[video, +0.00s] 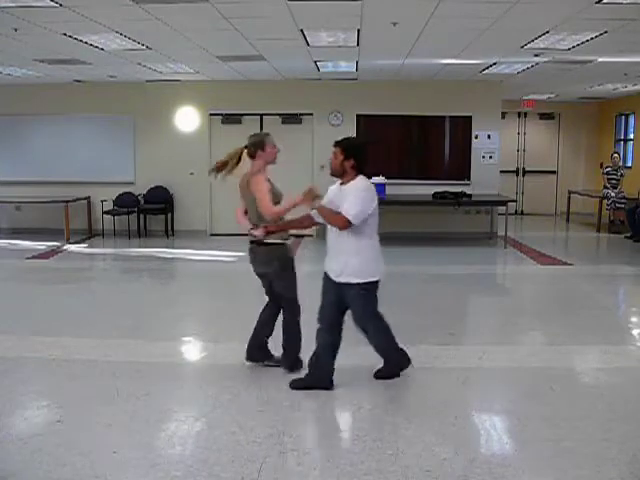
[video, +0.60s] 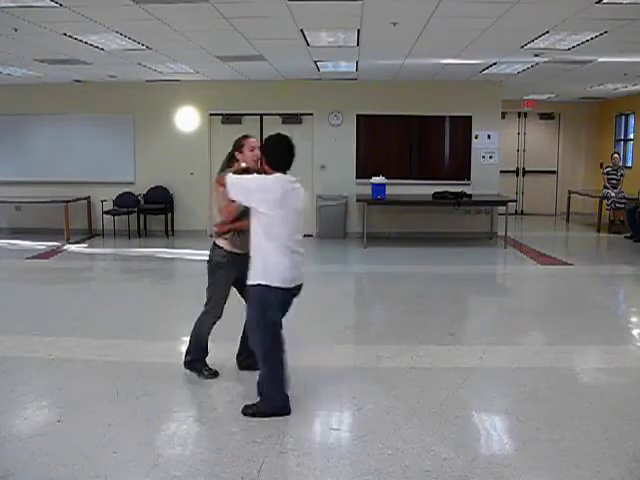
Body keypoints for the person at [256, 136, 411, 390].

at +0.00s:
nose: (330, 161)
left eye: (334, 156)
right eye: (331, 156)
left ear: (349, 161)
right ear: (345, 161)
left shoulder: (363, 188)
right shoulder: (335, 190)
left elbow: (343, 222)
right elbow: (311, 220)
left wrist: (317, 205)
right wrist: (276, 227)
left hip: (360, 273)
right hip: (335, 272)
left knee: (367, 321)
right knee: (328, 326)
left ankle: (396, 359)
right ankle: (320, 376)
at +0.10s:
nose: (319, 160)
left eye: (323, 156)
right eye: (320, 155)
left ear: (336, 160)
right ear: (336, 161)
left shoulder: (351, 188)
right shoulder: (324, 190)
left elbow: (328, 223)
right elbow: (297, 214)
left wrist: (300, 224)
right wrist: (264, 225)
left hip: (345, 272)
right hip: (322, 270)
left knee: (335, 323)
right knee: (315, 323)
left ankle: (376, 354)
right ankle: (318, 376)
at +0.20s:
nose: (307, 160)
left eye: (310, 156)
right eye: (308, 155)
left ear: (322, 160)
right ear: (322, 161)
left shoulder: (340, 187)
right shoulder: (312, 189)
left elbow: (303, 217)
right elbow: (283, 209)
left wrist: (275, 217)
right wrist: (261, 214)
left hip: (333, 271)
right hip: (312, 269)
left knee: (313, 324)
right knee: (308, 323)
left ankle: (345, 368)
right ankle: (317, 375)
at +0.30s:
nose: (296, 161)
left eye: (299, 156)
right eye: (298, 156)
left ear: (309, 161)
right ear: (318, 162)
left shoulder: (322, 188)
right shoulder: (319, 187)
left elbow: (280, 204)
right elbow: (280, 210)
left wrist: (245, 207)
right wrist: (248, 220)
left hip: (316, 274)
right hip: (313, 272)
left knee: (294, 326)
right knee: (304, 320)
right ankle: (320, 376)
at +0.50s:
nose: (272, 161)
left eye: (274, 157)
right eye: (274, 157)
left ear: (280, 161)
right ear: (302, 161)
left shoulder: (289, 187)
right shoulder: (303, 187)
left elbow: (242, 189)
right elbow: (265, 213)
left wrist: (232, 177)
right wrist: (234, 224)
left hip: (285, 279)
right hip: (296, 277)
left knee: (275, 337)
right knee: (284, 330)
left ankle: (274, 401)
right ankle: (310, 370)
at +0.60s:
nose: (257, 156)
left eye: (259, 152)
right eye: (256, 151)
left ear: (265, 159)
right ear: (290, 159)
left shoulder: (265, 186)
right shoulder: (297, 188)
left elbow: (225, 182)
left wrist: (240, 167)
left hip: (267, 280)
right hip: (291, 279)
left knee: (265, 342)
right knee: (267, 336)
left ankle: (274, 402)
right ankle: (273, 391)